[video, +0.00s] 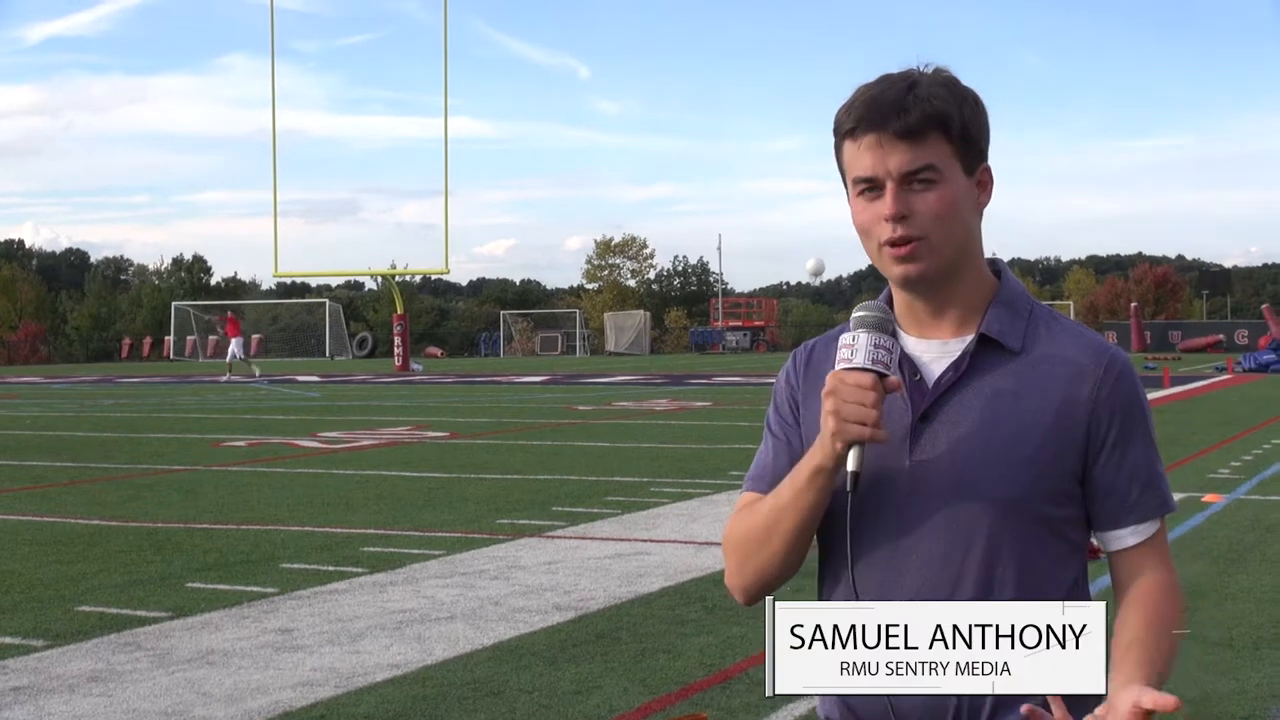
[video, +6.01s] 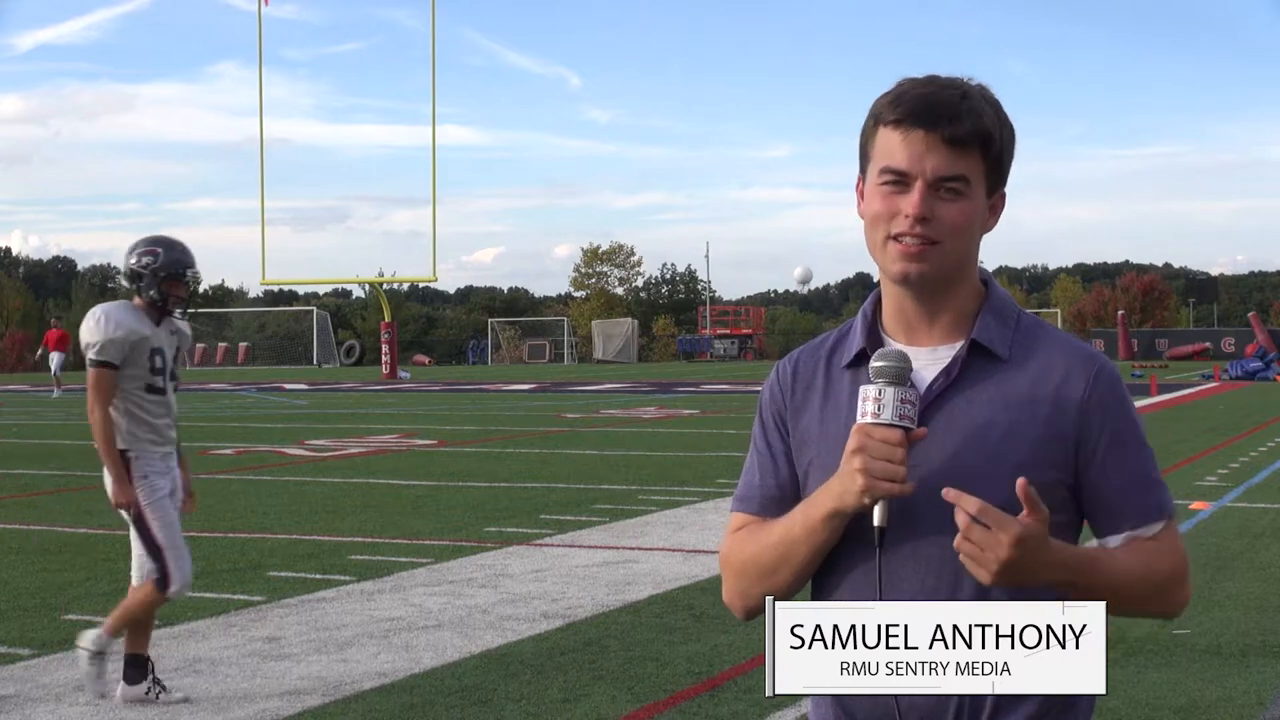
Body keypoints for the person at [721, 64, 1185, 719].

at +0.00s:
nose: (893, 212)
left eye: (921, 181)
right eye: (870, 190)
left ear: (981, 187)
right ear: (850, 207)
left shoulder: (1089, 373)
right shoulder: (814, 372)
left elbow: (1145, 570)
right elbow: (744, 575)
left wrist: (1128, 687)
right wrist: (825, 453)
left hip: (1030, 709)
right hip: (857, 707)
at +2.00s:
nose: (900, 208)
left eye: (932, 183)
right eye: (878, 183)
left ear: (986, 201)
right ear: (855, 202)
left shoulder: (1081, 382)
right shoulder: (802, 380)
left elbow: (1149, 609)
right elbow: (744, 589)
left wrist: (1115, 555)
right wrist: (819, 480)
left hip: (1026, 707)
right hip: (850, 706)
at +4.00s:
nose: (918, 199)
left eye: (946, 176)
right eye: (891, 176)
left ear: (983, 200)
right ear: (852, 203)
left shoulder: (1076, 378)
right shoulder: (796, 384)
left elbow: (1149, 606)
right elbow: (742, 588)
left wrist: (1107, 550)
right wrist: (822, 502)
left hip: (1026, 706)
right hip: (846, 707)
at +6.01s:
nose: (914, 211)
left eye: (949, 188)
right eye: (893, 182)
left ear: (993, 208)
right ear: (861, 196)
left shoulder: (1076, 381)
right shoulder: (798, 382)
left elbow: (1167, 581)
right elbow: (740, 587)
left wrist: (1053, 564)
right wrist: (837, 496)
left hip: (1022, 708)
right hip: (845, 707)